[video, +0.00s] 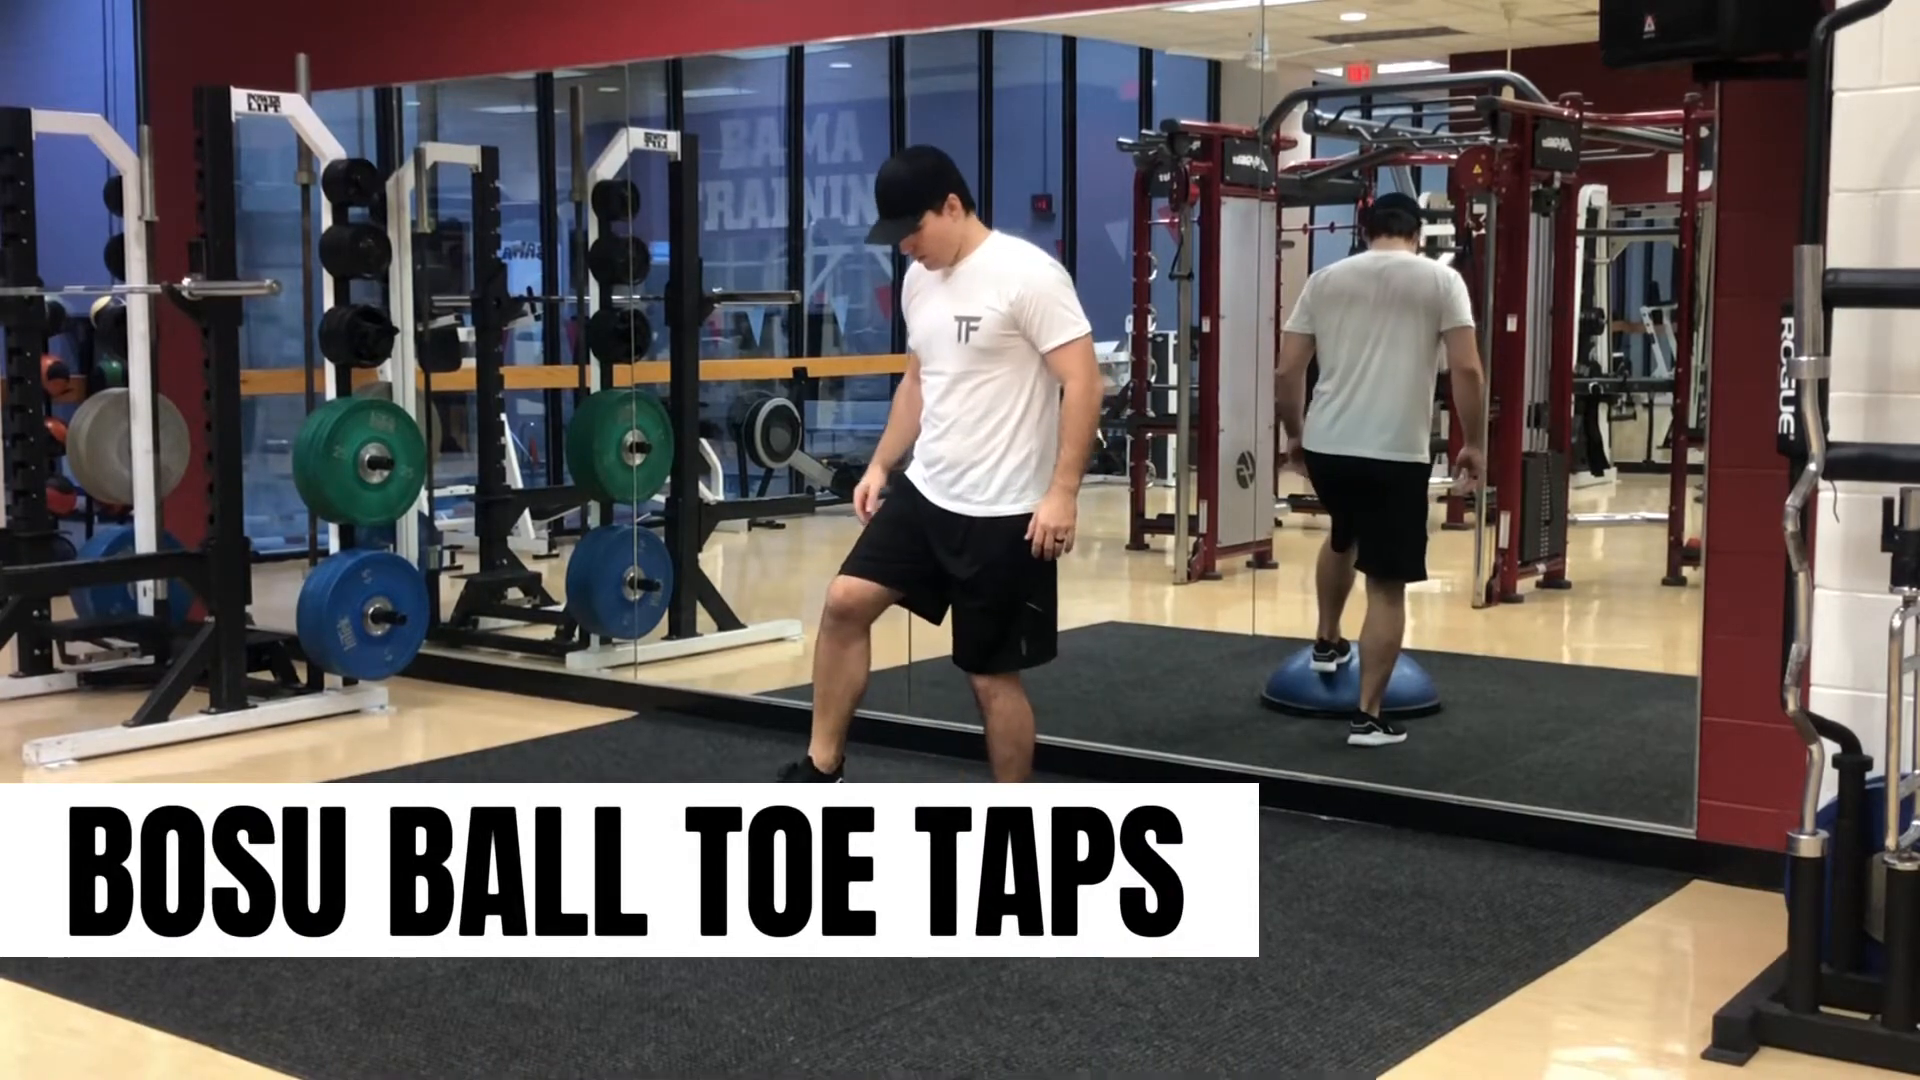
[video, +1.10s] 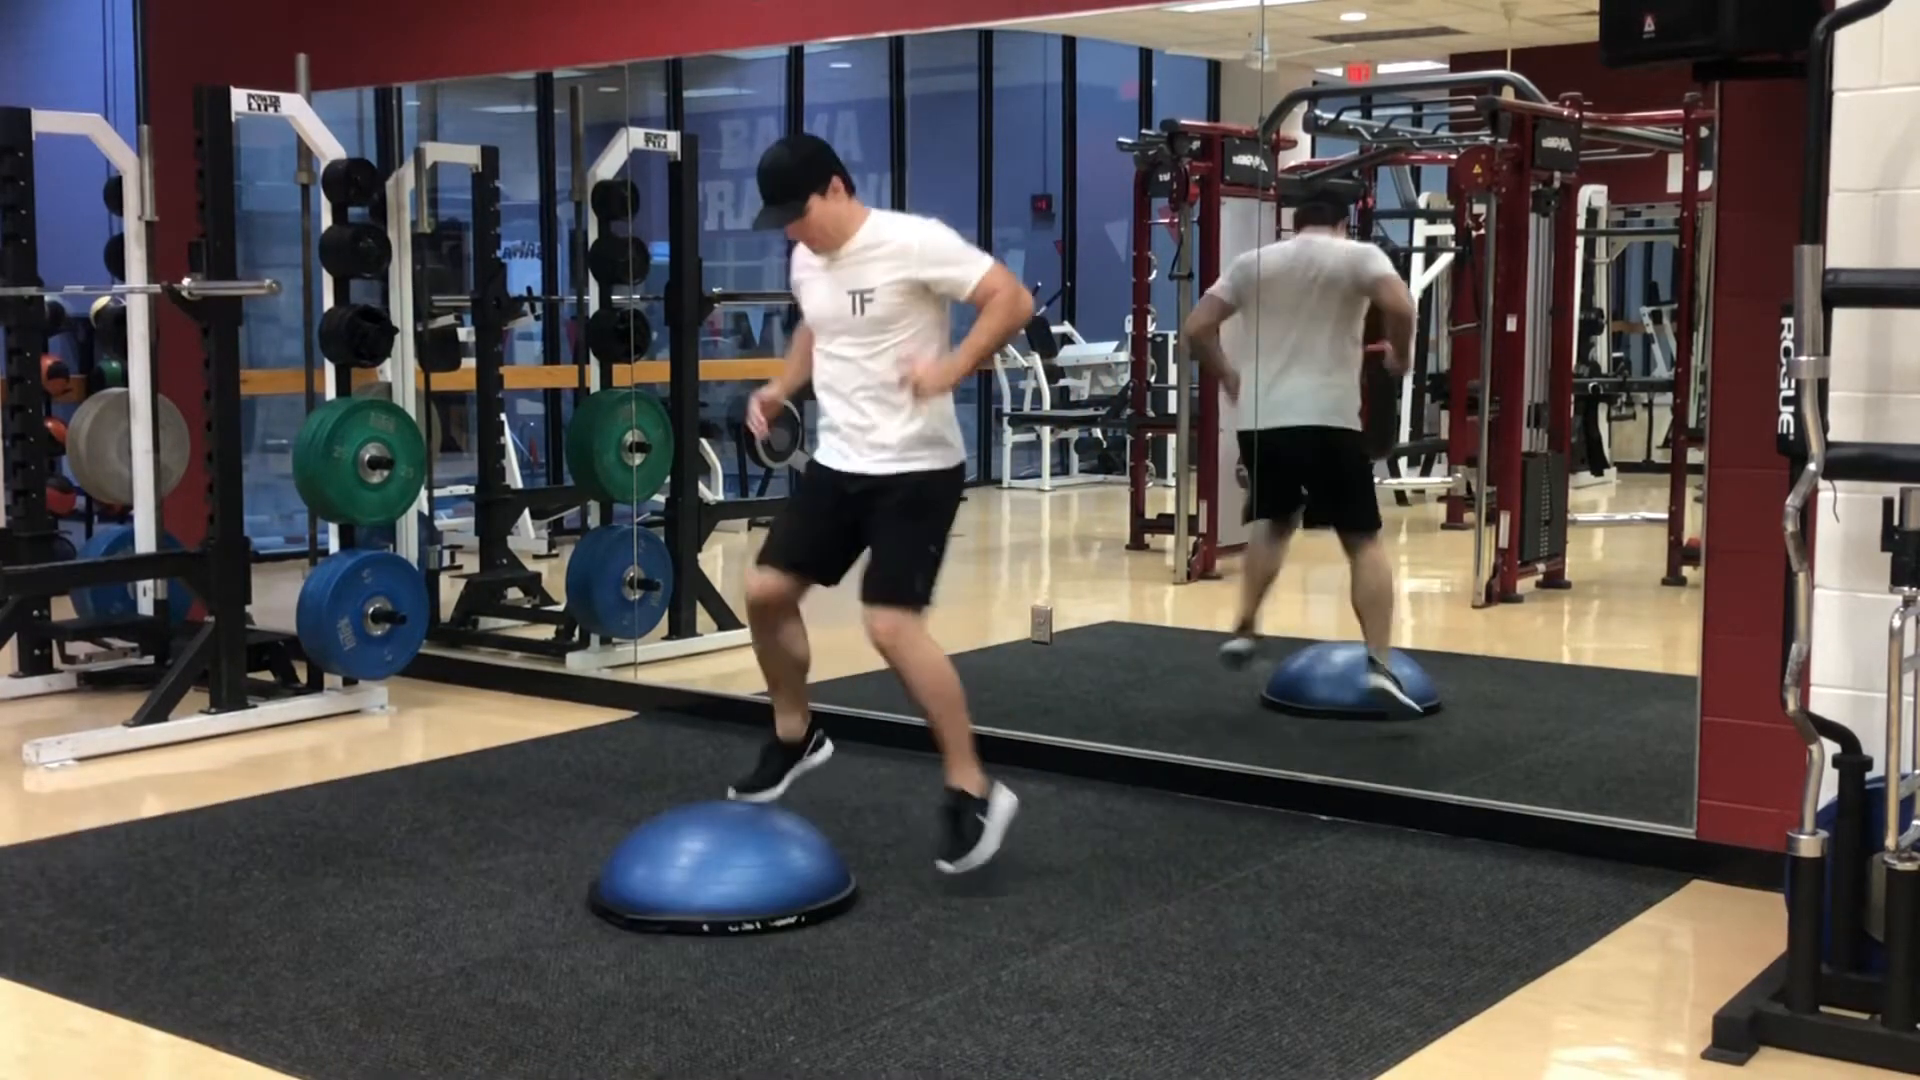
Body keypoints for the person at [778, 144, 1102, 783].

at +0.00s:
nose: (905, 248)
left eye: (911, 232)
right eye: (899, 237)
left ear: (951, 208)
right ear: (941, 212)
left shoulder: (1030, 274)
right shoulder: (919, 279)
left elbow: (1084, 381)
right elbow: (918, 380)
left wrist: (1063, 493)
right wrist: (880, 466)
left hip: (1004, 516)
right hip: (925, 496)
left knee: (992, 676)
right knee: (846, 605)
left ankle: (1013, 812)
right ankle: (821, 766)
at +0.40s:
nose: (861, 270)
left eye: (866, 254)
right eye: (855, 259)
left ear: (908, 233)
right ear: (894, 238)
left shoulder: (984, 305)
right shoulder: (872, 302)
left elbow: (1044, 407)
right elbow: (880, 394)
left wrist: (986, 481)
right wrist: (840, 448)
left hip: (974, 528)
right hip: (896, 510)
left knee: (957, 685)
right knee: (806, 596)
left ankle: (1007, 806)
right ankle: (825, 758)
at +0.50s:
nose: (847, 241)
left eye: (852, 225)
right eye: (839, 230)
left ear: (892, 203)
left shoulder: (966, 267)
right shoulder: (854, 266)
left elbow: (1056, 339)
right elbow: (865, 347)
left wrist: (987, 398)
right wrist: (810, 385)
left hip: (945, 502)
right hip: (865, 485)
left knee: (947, 659)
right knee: (778, 592)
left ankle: (997, 798)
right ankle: (812, 737)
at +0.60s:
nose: (820, 225)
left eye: (826, 209)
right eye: (814, 213)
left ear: (866, 185)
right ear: (811, 207)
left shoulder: (947, 242)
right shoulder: (822, 250)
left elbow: (1037, 308)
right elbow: (829, 324)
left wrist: (976, 371)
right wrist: (801, 376)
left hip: (925, 470)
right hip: (844, 466)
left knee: (893, 616)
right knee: (784, 611)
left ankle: (940, 762)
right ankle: (786, 749)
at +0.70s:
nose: (796, 247)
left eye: (802, 232)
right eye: (789, 236)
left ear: (841, 208)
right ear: (788, 229)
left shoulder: (922, 264)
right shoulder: (791, 277)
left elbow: (1006, 332)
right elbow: (793, 361)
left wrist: (948, 396)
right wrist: (783, 428)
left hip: (907, 476)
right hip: (826, 483)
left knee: (843, 578)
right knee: (796, 643)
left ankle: (866, 726)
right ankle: (784, 777)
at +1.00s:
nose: (782, 241)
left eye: (787, 225)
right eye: (774, 230)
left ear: (824, 200)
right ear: (777, 220)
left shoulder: (906, 249)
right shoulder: (783, 274)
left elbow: (1006, 300)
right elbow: (778, 352)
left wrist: (949, 360)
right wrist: (752, 395)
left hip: (904, 468)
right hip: (822, 477)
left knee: (848, 595)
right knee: (788, 637)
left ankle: (899, 751)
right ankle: (785, 773)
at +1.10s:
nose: (792, 234)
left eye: (796, 218)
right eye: (785, 223)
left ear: (834, 190)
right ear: (804, 205)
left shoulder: (914, 241)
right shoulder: (807, 260)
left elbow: (1013, 298)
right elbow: (816, 333)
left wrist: (954, 366)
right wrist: (780, 391)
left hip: (917, 468)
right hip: (838, 466)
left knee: (893, 622)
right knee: (767, 593)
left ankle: (973, 792)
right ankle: (792, 736)